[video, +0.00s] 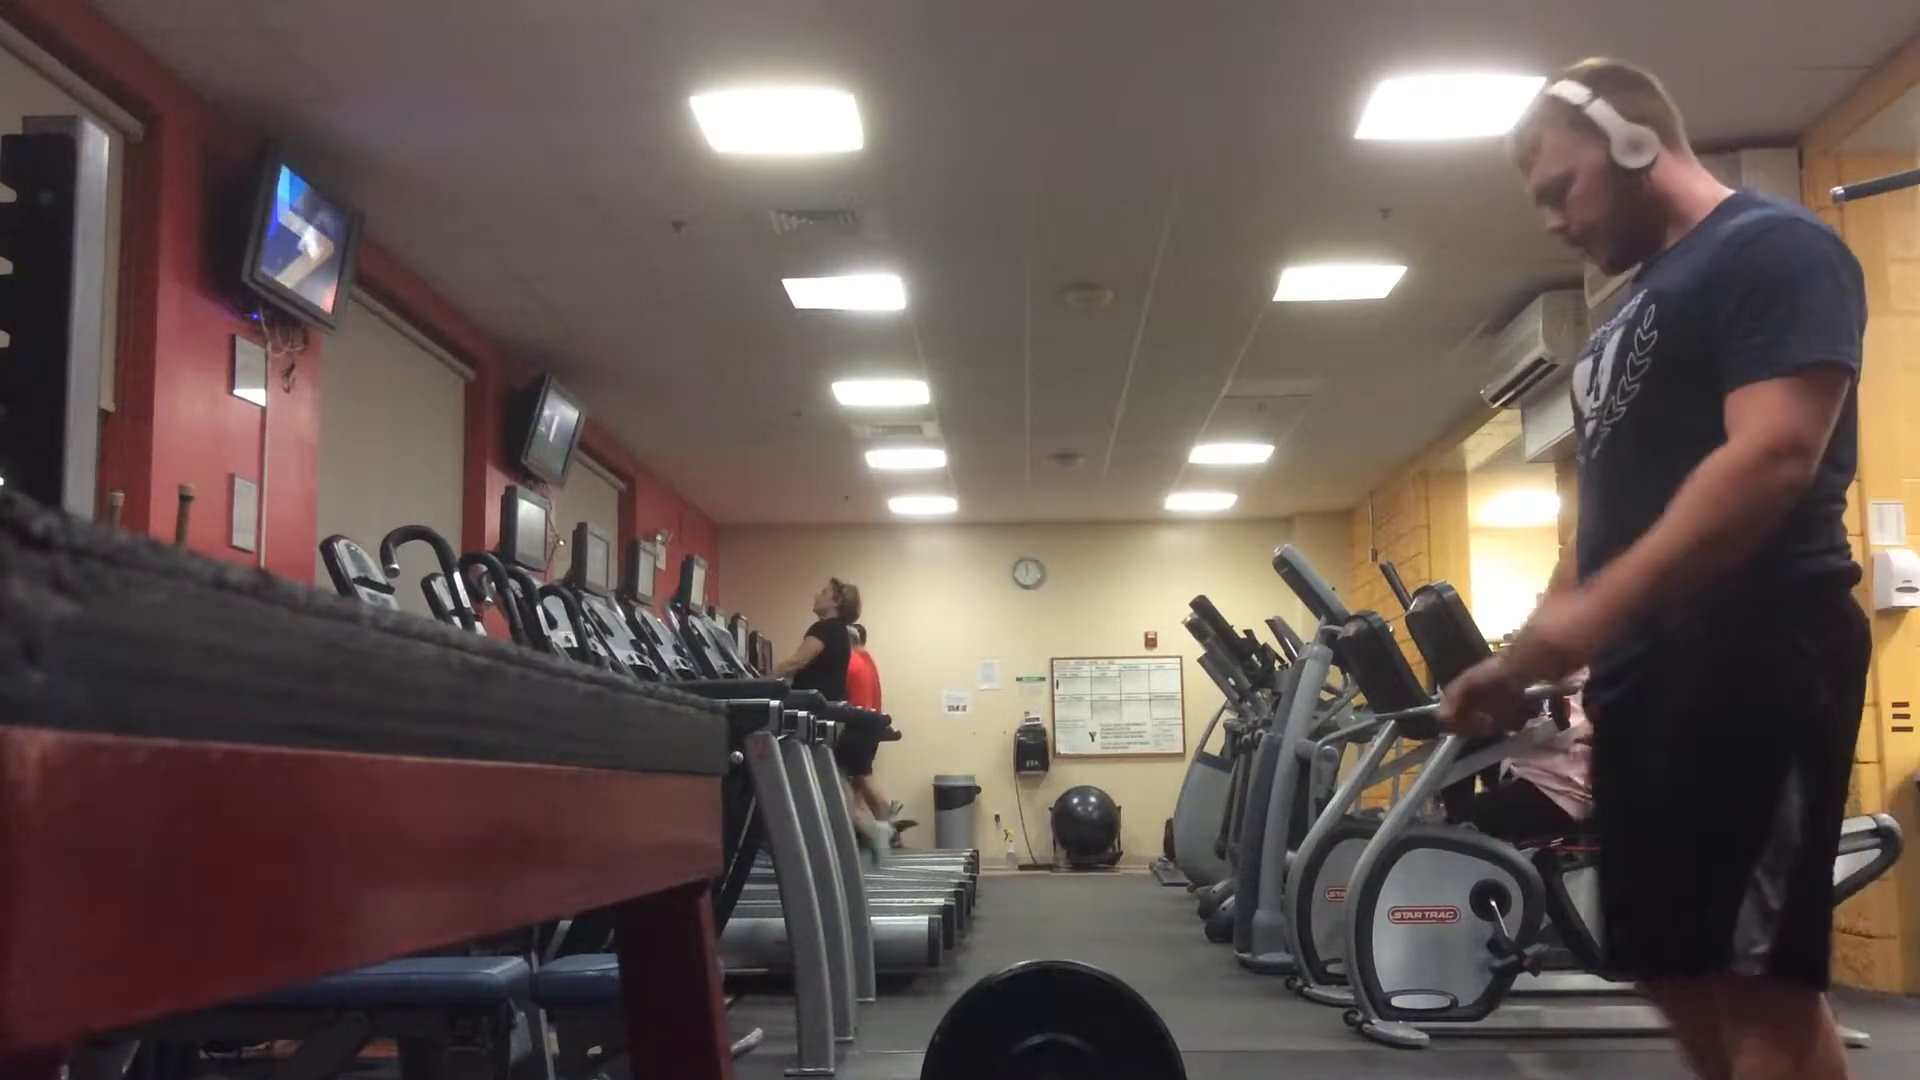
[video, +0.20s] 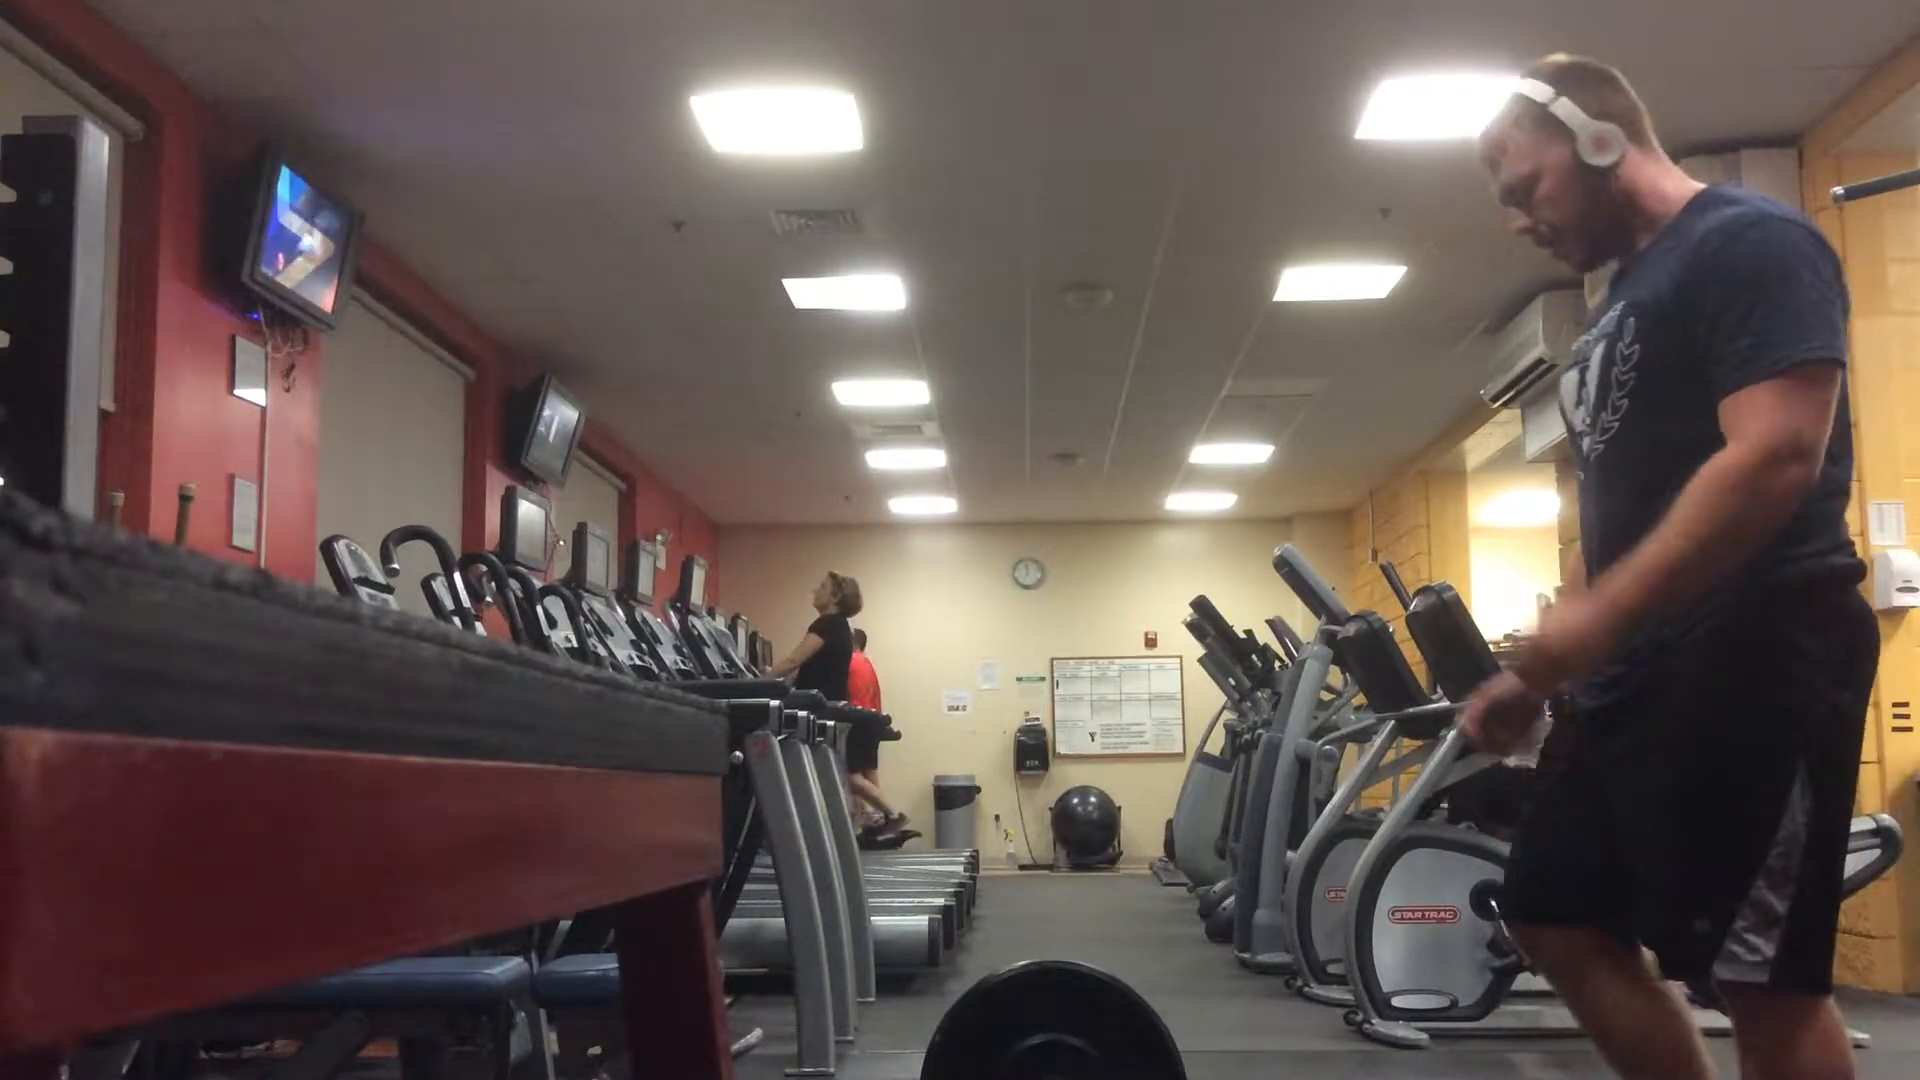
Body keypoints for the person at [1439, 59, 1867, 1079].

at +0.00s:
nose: (1556, 224)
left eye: (1561, 191)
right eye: (1544, 209)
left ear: (1634, 146)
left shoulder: (1775, 243)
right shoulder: (1611, 334)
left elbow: (1776, 455)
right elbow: (1600, 537)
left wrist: (1589, 618)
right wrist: (1518, 671)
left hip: (1765, 647)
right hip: (1651, 661)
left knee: (1767, 991)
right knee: (1671, 968)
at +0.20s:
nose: (1520, 224)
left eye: (1525, 188)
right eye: (1509, 206)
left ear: (1601, 144)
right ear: (1596, 160)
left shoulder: (1750, 238)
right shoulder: (1613, 313)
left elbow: (1778, 456)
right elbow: (1617, 541)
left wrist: (1594, 619)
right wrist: (1539, 680)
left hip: (1773, 642)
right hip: (1649, 651)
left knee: (1766, 983)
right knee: (1561, 919)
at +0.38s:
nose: (1497, 215)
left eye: (1504, 180)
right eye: (1487, 197)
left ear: (1581, 139)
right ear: (1578, 154)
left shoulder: (1727, 240)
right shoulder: (1591, 313)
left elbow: (1788, 464)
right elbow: (1598, 528)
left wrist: (1748, 681)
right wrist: (1573, 689)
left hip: (1749, 664)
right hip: (1630, 678)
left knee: (1766, 991)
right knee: (1601, 953)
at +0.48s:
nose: (1486, 221)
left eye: (1490, 187)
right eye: (1474, 204)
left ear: (1566, 144)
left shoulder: (1711, 237)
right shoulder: (1580, 309)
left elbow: (1793, 459)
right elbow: (1602, 521)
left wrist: (1804, 688)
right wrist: (1572, 676)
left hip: (1740, 682)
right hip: (1617, 686)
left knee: (1758, 998)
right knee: (1531, 916)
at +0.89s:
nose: (1398, 249)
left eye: (1399, 217)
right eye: (1388, 234)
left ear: (1468, 173)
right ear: (1457, 186)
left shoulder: (1597, 251)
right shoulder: (1490, 319)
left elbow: (1616, 459)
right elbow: (1510, 519)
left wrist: (1486, 633)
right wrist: (1471, 701)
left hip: (1646, 647)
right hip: (1537, 657)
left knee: (1686, 997)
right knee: (1516, 977)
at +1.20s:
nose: (1264, 292)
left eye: (1263, 261)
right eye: (1251, 279)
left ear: (1326, 212)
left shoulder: (1443, 261)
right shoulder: (1357, 354)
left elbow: (1526, 438)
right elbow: (1401, 516)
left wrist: (1468, 637)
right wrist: (1384, 649)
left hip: (1541, 638)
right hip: (1479, 653)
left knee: (1401, 913)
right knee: (1487, 944)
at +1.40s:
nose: (1198, 294)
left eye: (1199, 262)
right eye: (1185, 279)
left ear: (1260, 214)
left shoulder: (1370, 265)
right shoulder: (1295, 350)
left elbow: (1478, 430)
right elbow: (1350, 538)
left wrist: (1475, 639)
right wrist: (1344, 704)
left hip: (1450, 653)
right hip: (1404, 662)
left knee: (1392, 972)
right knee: (1464, 973)